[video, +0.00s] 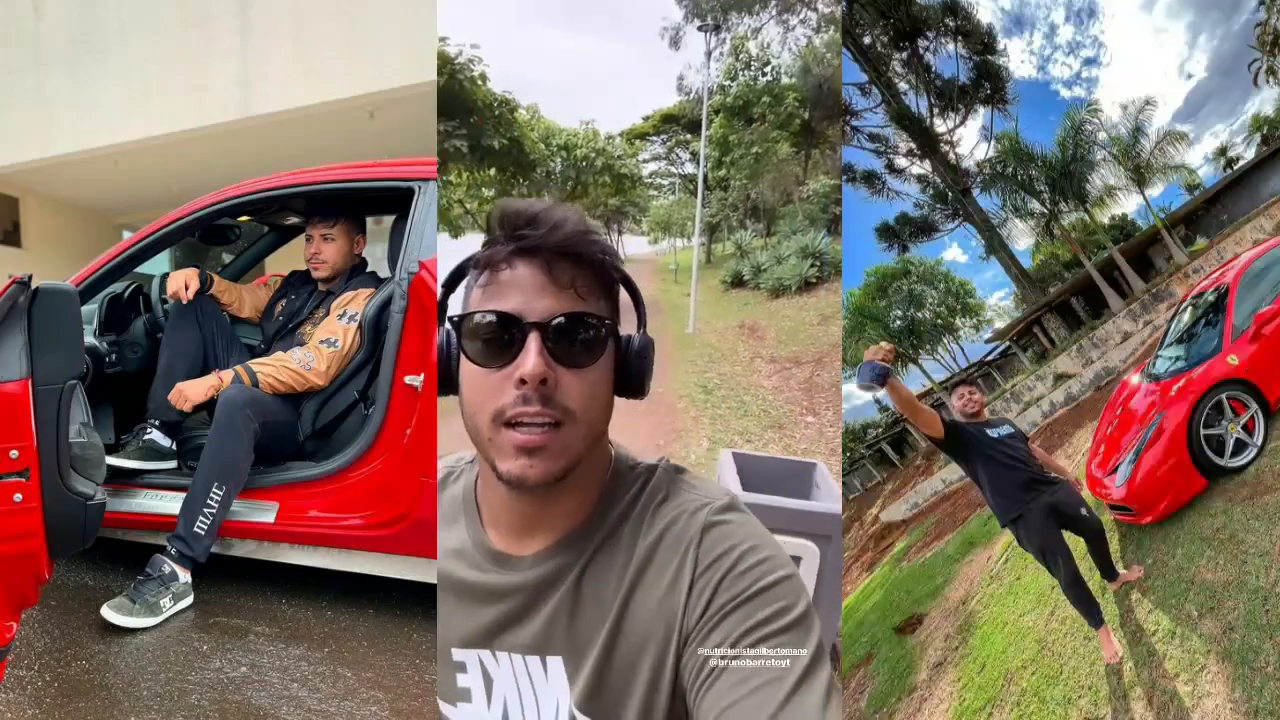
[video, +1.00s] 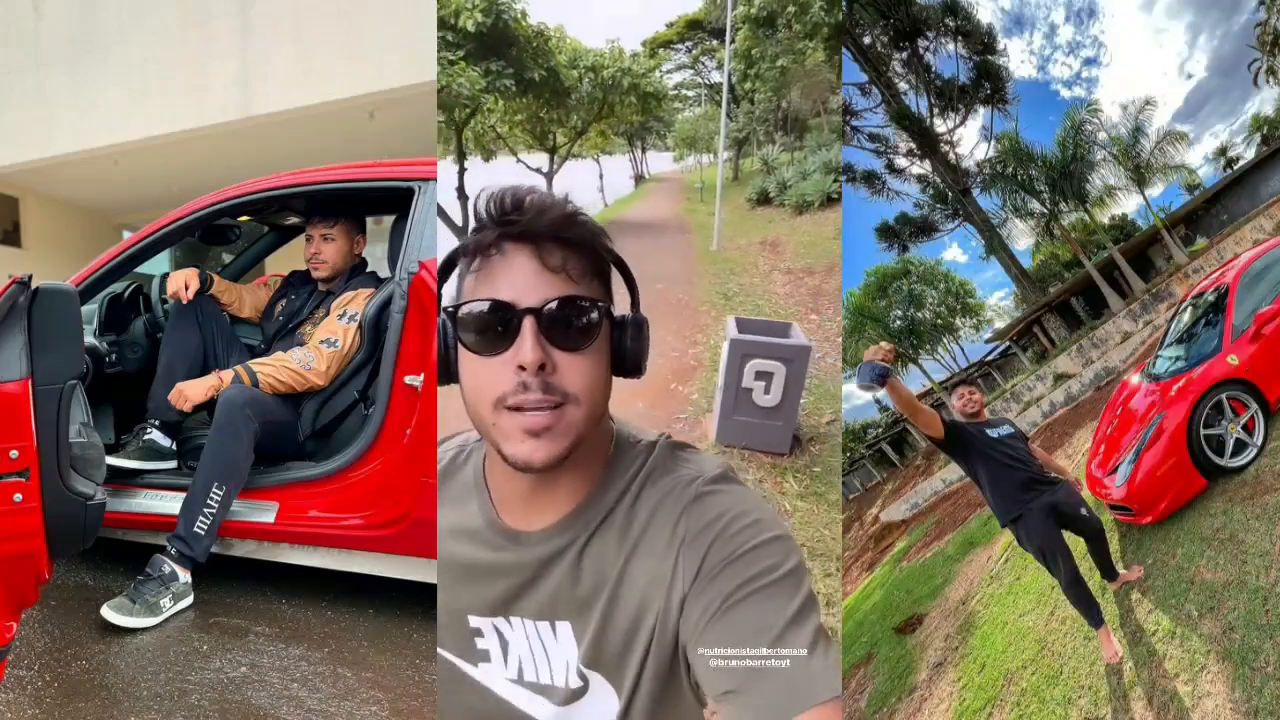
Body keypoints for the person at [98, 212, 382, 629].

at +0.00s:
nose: (314, 249)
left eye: (328, 239)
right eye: (310, 239)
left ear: (358, 245)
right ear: (304, 243)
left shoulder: (361, 297)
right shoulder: (291, 286)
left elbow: (315, 367)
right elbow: (241, 299)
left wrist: (220, 380)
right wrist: (201, 279)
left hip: (316, 411)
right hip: (264, 387)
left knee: (239, 403)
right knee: (196, 303)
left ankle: (177, 568)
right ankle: (161, 433)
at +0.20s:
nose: (314, 249)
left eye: (328, 239)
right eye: (310, 239)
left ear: (358, 245)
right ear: (304, 243)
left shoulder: (361, 297)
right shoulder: (291, 286)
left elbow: (315, 367)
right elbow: (241, 299)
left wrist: (220, 380)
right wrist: (201, 279)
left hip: (316, 411)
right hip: (265, 389)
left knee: (239, 402)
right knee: (196, 303)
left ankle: (177, 567)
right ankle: (161, 433)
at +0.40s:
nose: (314, 249)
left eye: (328, 239)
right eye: (310, 239)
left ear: (358, 245)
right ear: (304, 243)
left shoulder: (361, 297)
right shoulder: (291, 286)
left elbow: (315, 367)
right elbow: (242, 299)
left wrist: (220, 380)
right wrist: (201, 279)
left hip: (316, 411)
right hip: (264, 388)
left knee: (238, 402)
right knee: (196, 304)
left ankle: (177, 568)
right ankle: (161, 433)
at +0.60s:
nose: (314, 249)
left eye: (328, 239)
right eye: (310, 239)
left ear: (358, 245)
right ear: (304, 243)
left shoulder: (361, 297)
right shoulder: (291, 286)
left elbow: (315, 367)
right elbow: (242, 299)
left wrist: (220, 380)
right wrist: (201, 279)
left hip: (316, 411)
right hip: (265, 388)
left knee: (239, 402)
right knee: (196, 303)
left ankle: (177, 568)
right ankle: (161, 433)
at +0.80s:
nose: (314, 249)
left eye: (328, 239)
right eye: (310, 239)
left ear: (358, 245)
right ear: (304, 243)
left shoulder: (361, 297)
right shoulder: (291, 286)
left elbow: (315, 367)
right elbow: (242, 299)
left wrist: (220, 380)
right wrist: (201, 279)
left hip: (316, 411)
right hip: (265, 388)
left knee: (239, 402)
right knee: (196, 303)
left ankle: (177, 568)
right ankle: (161, 433)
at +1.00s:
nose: (314, 249)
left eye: (328, 239)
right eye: (310, 239)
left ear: (358, 245)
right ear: (304, 243)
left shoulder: (361, 297)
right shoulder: (291, 286)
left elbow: (315, 367)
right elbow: (242, 299)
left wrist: (220, 380)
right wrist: (201, 279)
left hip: (316, 411)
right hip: (265, 388)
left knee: (239, 402)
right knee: (196, 303)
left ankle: (177, 568)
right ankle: (161, 433)